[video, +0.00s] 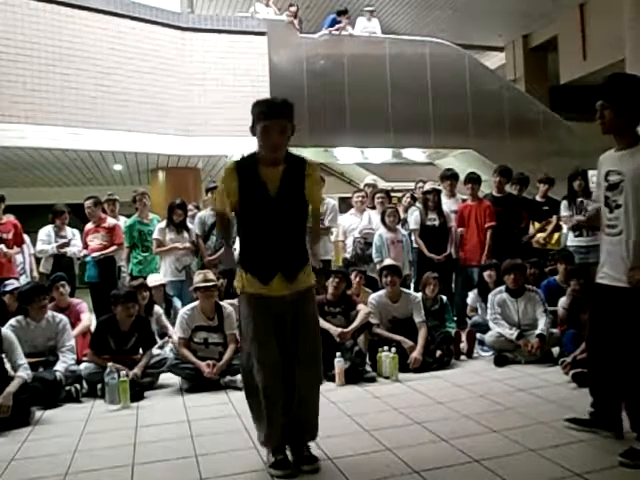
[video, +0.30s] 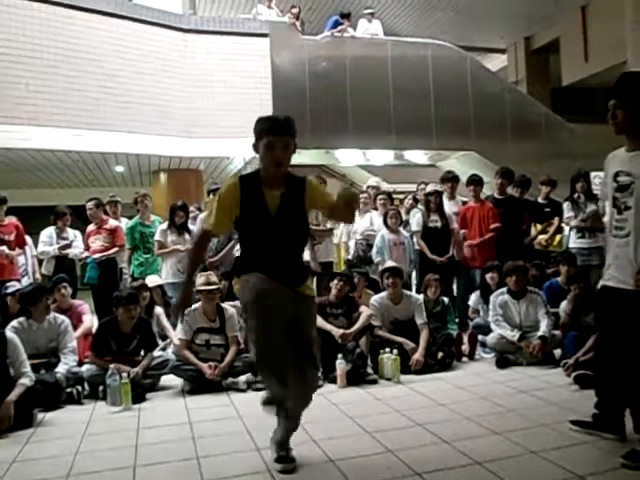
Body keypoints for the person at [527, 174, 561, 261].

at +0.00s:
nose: (546, 187)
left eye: (548, 185)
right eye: (543, 184)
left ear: (550, 188)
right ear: (538, 184)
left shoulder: (555, 203)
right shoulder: (530, 202)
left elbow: (554, 220)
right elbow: (529, 221)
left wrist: (544, 236)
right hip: (535, 239)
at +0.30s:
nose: (548, 190)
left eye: (550, 187)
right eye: (546, 186)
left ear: (553, 190)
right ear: (540, 186)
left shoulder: (557, 204)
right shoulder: (532, 203)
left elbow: (556, 222)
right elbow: (532, 223)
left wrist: (546, 238)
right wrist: (536, 238)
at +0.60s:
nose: (551, 190)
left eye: (553, 188)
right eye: (549, 187)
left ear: (555, 190)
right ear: (543, 187)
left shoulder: (560, 205)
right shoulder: (535, 204)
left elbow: (559, 223)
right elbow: (535, 224)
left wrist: (549, 238)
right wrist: (538, 238)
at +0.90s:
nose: (550, 191)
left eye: (553, 188)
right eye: (548, 187)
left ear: (555, 190)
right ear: (543, 187)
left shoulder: (560, 205)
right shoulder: (535, 205)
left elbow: (559, 223)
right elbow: (534, 224)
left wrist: (549, 238)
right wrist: (539, 239)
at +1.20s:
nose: (551, 190)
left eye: (554, 188)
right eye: (549, 186)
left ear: (556, 190)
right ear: (543, 187)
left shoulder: (560, 205)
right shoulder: (535, 204)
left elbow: (559, 223)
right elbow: (534, 224)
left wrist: (549, 239)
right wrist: (539, 239)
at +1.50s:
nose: (552, 190)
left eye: (554, 187)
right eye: (549, 186)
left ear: (556, 190)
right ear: (543, 187)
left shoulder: (560, 205)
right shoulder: (536, 205)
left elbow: (560, 223)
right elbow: (535, 224)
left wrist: (550, 239)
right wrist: (540, 239)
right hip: (540, 241)